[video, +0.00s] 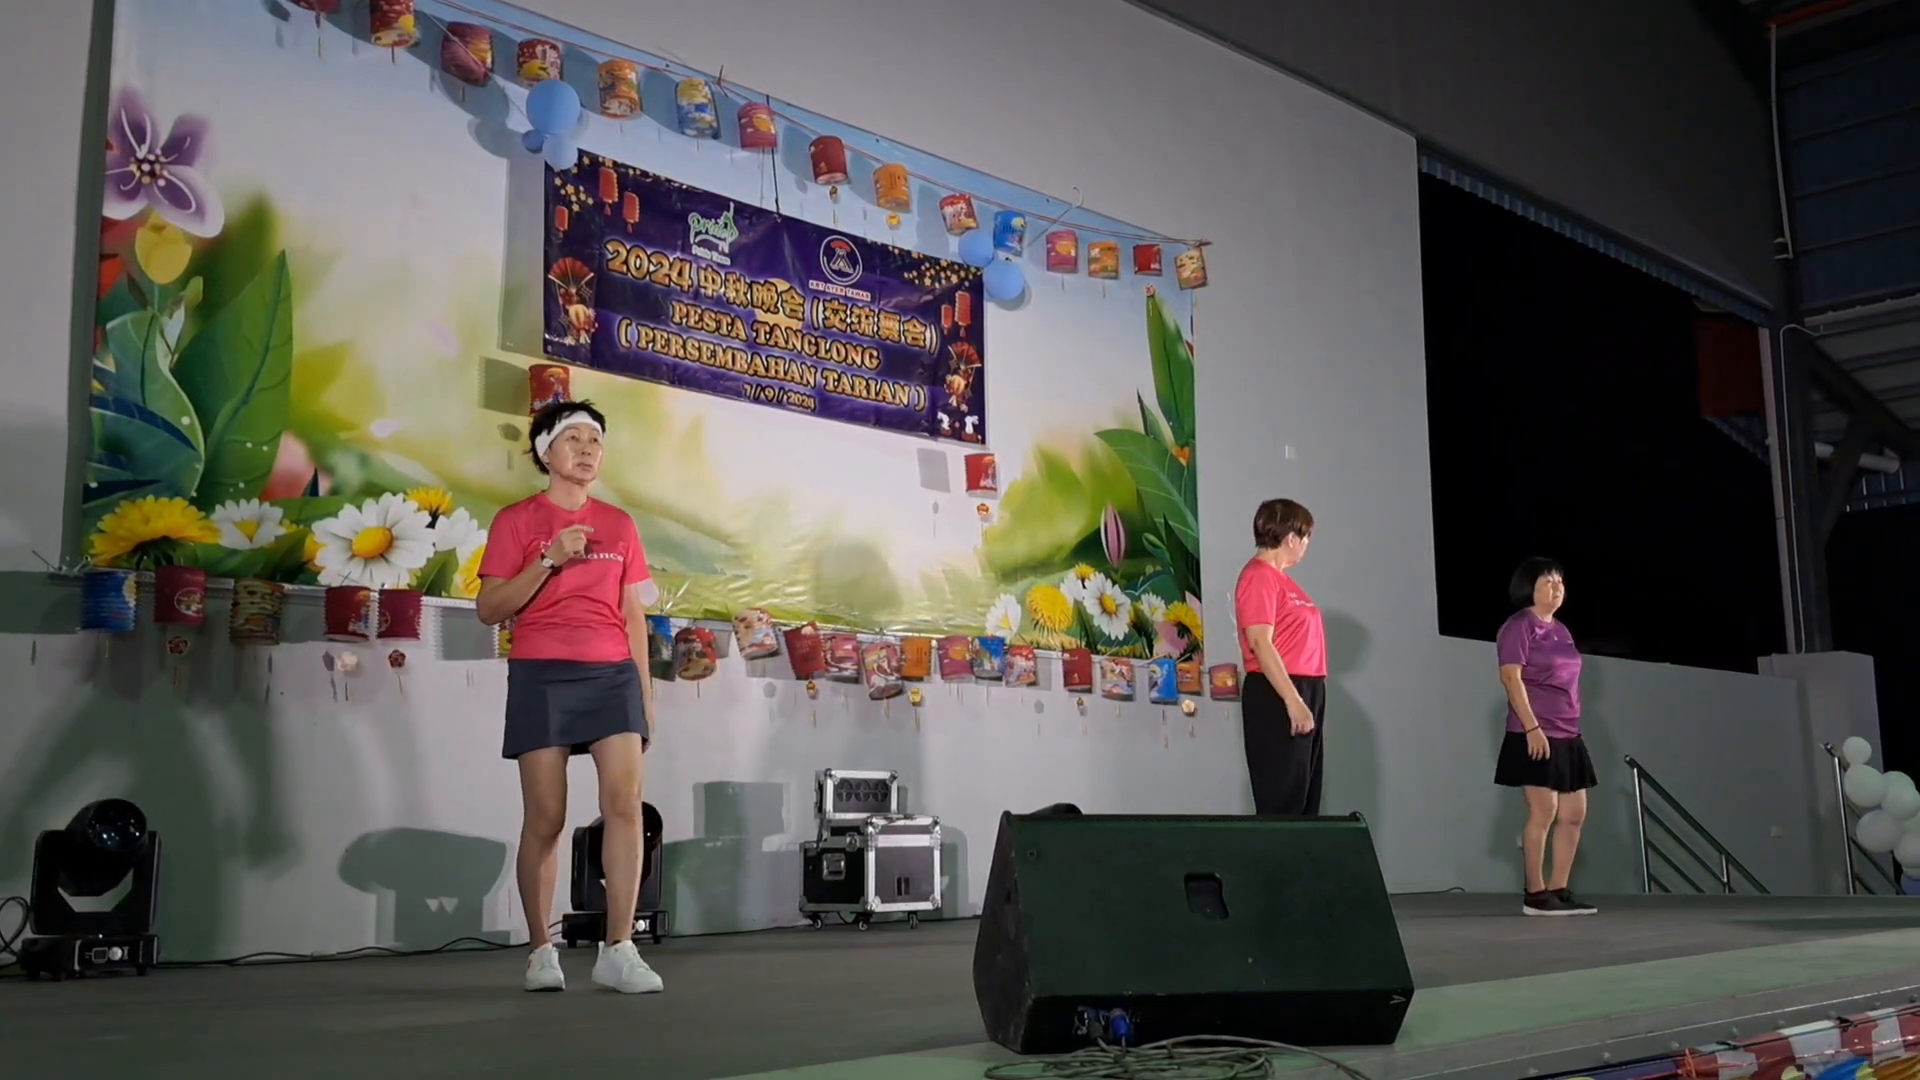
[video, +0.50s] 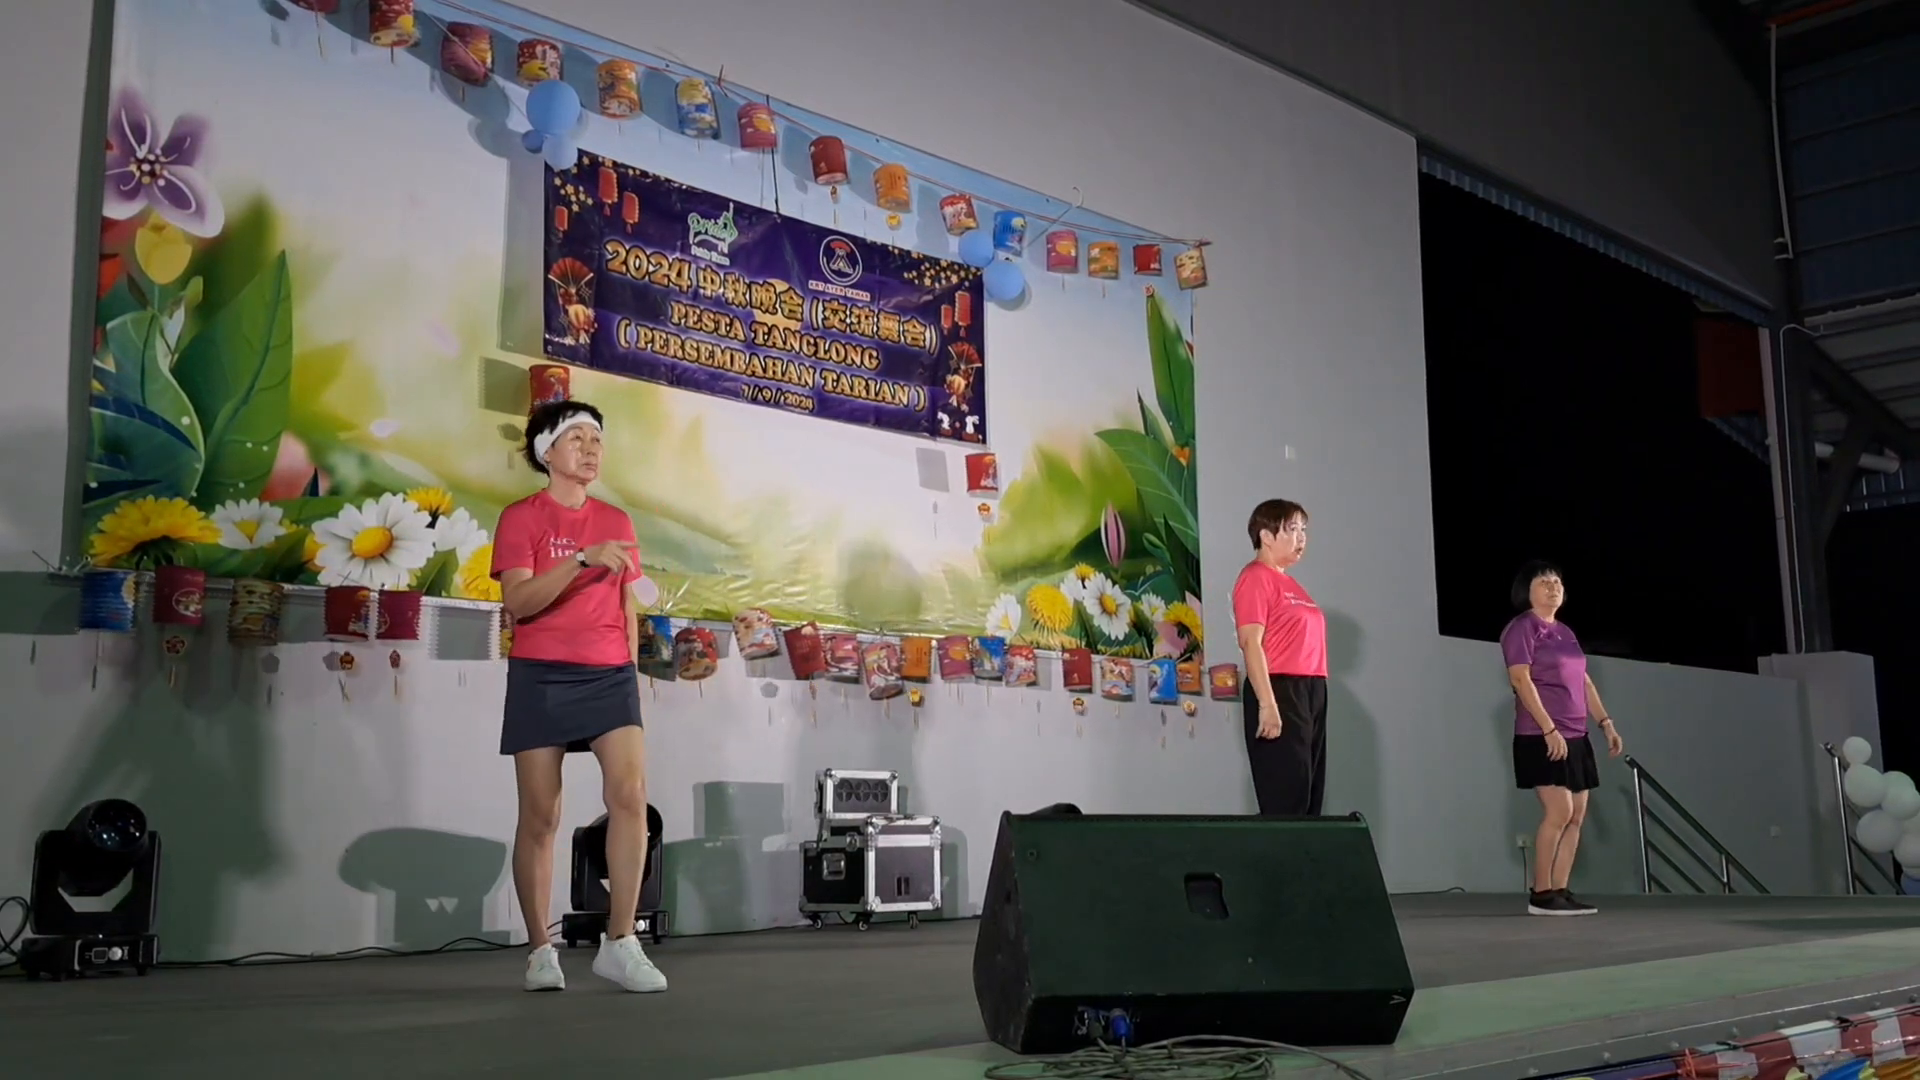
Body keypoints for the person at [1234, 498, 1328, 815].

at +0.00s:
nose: (1307, 546)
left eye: (1308, 538)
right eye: (1306, 537)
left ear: (1282, 538)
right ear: (1290, 538)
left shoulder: (1279, 577)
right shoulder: (1260, 575)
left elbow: (1277, 641)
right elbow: (1260, 641)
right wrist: (1293, 701)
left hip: (1304, 690)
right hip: (1276, 692)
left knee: (1304, 799)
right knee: (1282, 801)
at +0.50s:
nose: (1302, 539)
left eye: (1303, 531)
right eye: (1293, 530)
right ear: (1267, 537)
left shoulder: (1287, 581)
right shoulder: (1256, 577)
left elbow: (1292, 644)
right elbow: (1250, 643)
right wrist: (1268, 705)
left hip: (1311, 692)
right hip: (1280, 692)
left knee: (1308, 800)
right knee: (1285, 801)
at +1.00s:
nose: (1306, 535)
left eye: (1306, 527)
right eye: (1297, 527)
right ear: (1271, 533)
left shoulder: (1297, 582)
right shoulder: (1252, 578)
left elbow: (1312, 646)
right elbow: (1241, 645)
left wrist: (1339, 692)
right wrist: (1251, 708)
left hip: (1308, 697)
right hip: (1273, 695)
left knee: (1302, 801)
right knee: (1270, 802)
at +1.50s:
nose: (1289, 538)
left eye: (1290, 529)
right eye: (1287, 529)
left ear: (1252, 528)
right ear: (1272, 529)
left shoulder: (1260, 572)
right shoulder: (1250, 568)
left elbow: (1271, 647)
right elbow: (1250, 635)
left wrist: (1298, 705)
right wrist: (1274, 697)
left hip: (1275, 688)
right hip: (1258, 688)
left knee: (1282, 797)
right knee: (1260, 798)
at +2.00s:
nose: (1274, 543)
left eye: (1275, 534)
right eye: (1272, 533)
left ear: (1234, 530)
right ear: (1255, 532)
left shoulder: (1221, 572)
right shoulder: (1243, 566)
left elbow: (1215, 656)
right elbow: (1251, 632)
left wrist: (1212, 715)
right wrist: (1284, 693)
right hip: (1254, 680)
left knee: (1278, 793)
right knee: (1253, 792)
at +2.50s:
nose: (1265, 530)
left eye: (1265, 522)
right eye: (1257, 521)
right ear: (1229, 527)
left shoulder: (1240, 572)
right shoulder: (1221, 569)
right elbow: (1215, 637)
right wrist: (1236, 701)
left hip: (1268, 687)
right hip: (1240, 687)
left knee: (1282, 792)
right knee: (1243, 797)